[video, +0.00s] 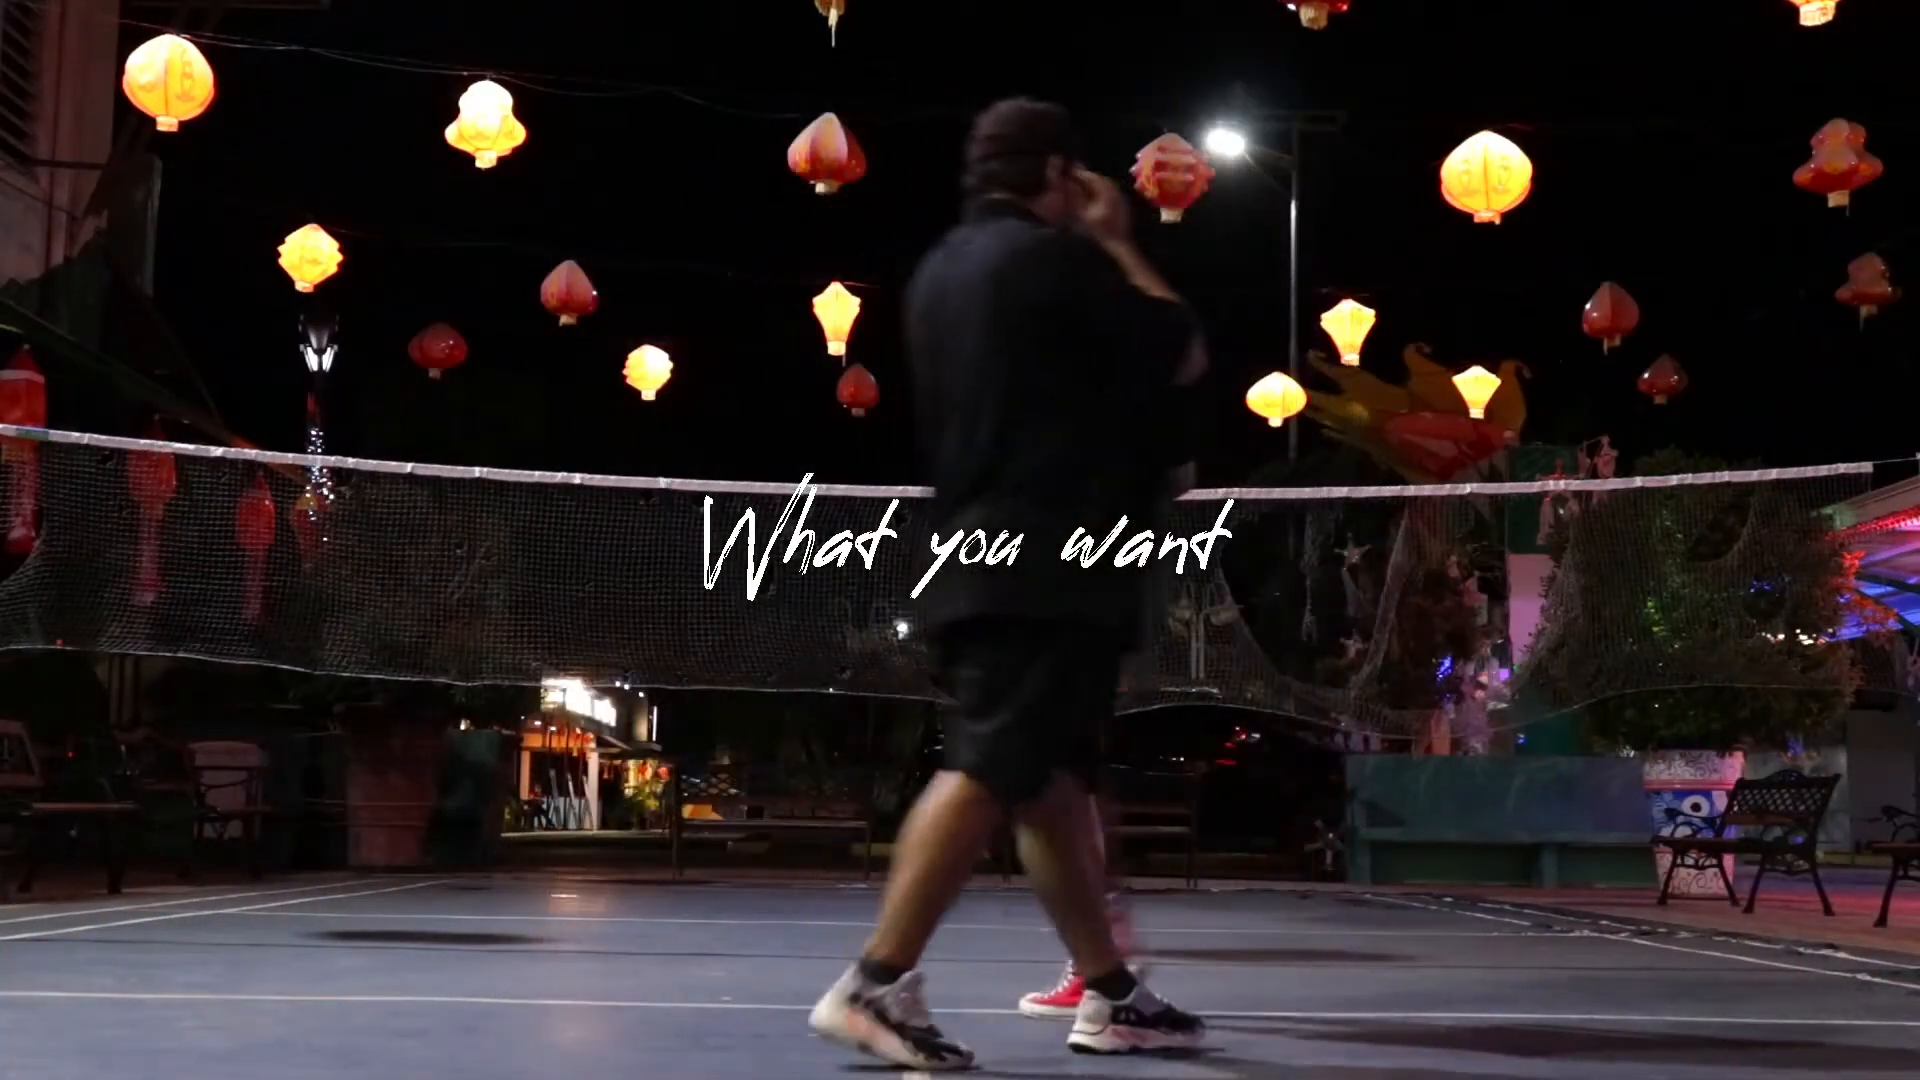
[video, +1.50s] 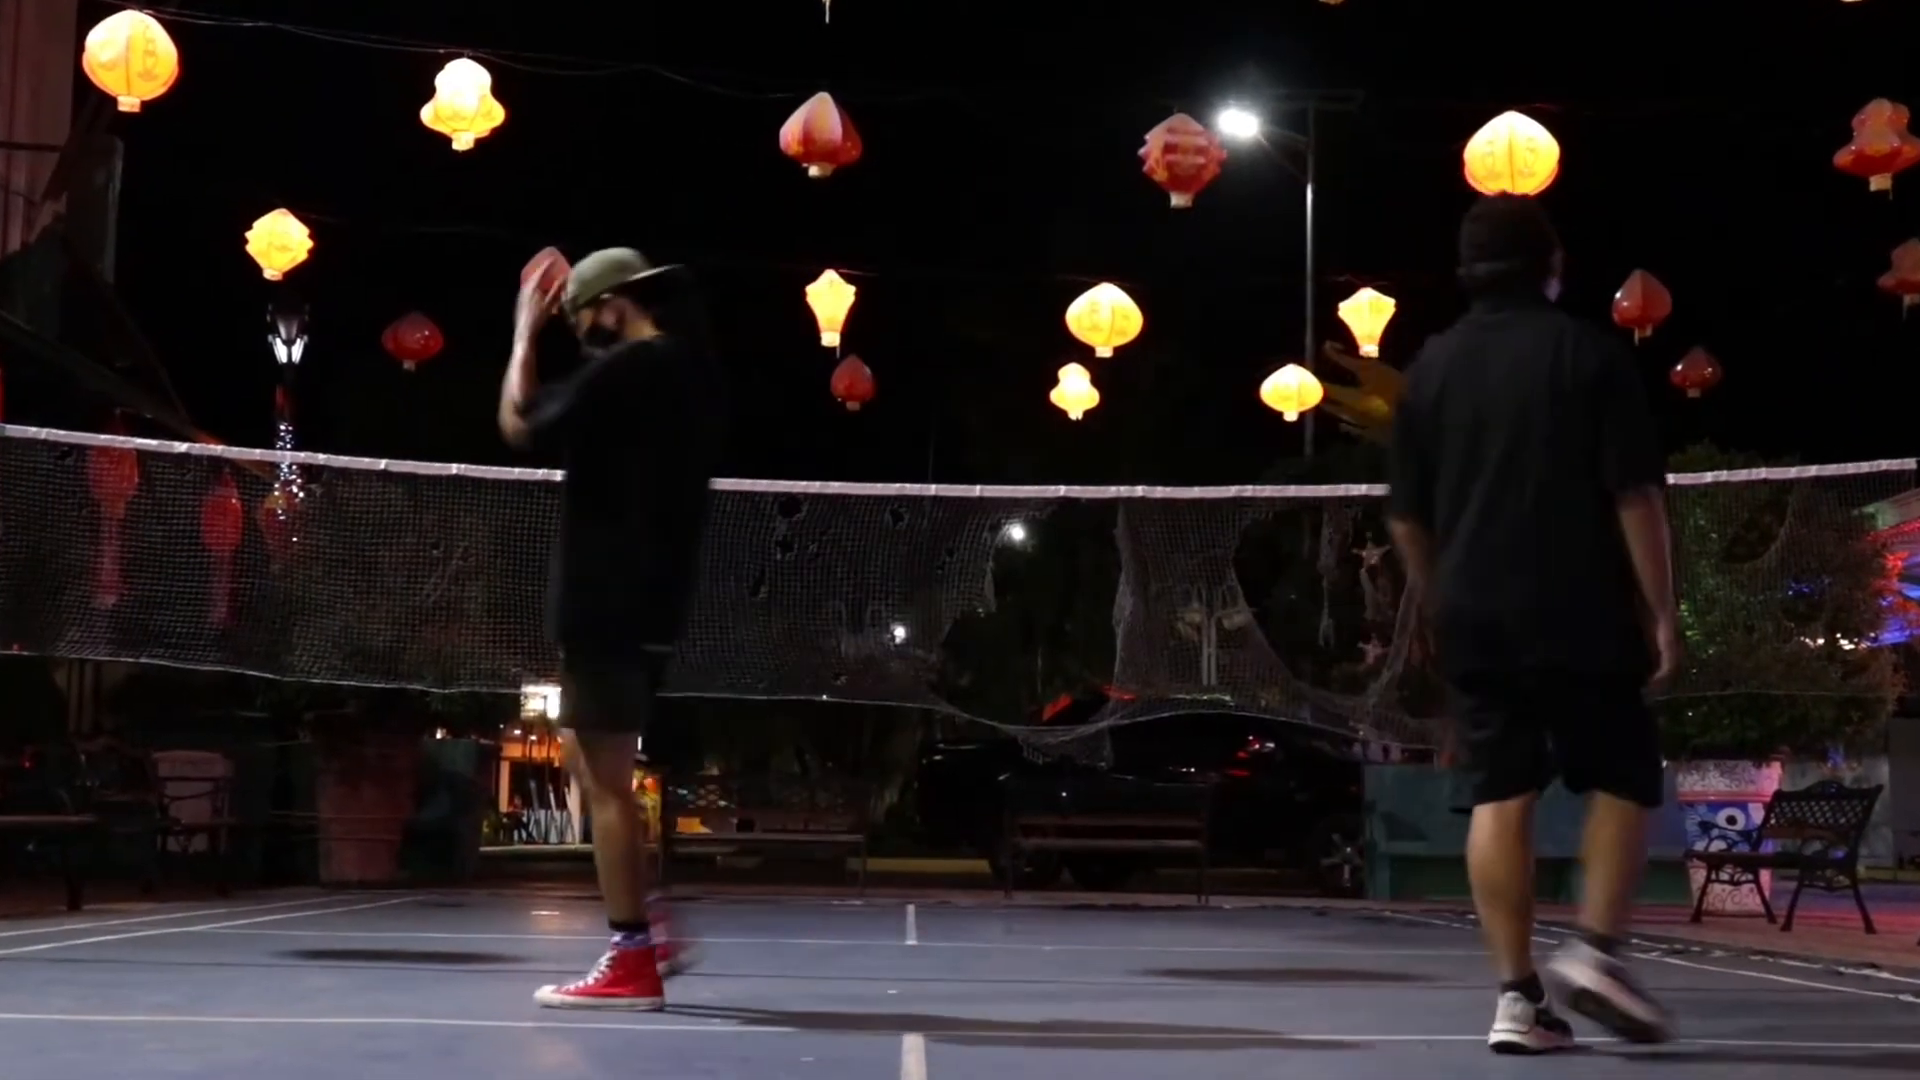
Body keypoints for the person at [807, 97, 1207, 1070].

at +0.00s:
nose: (1087, 194)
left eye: (1086, 181)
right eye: (1083, 180)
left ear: (978, 179)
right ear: (1056, 179)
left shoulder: (937, 275)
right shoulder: (1061, 264)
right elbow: (1183, 357)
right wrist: (1121, 244)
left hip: (970, 558)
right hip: (1060, 562)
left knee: (1045, 784)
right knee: (984, 767)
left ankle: (1111, 995)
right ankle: (876, 984)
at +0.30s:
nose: (1205, 194)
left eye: (1201, 178)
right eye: (1198, 178)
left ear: (1100, 188)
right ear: (1170, 188)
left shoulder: (1057, 284)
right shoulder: (1171, 273)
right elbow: (1282, 358)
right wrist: (1233, 249)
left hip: (1089, 565)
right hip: (1191, 564)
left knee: (1112, 764)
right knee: (1248, 748)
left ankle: (1106, 998)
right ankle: (1175, 953)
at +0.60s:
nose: (1318, 225)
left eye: (1313, 209)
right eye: (1309, 211)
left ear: (1219, 211)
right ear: (1282, 217)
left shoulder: (1168, 305)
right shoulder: (1290, 300)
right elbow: (1389, 395)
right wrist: (1350, 289)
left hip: (1189, 590)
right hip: (1294, 596)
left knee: (1175, 775)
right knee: (1324, 803)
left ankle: (1121, 992)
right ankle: (1375, 999)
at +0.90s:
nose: (1428, 231)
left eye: (1422, 217)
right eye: (1423, 217)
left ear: (1328, 224)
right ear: (1408, 225)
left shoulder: (1284, 321)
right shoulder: (1431, 306)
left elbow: (1320, 431)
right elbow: (1518, 406)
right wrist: (1473, 305)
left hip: (1324, 582)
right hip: (1427, 581)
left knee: (1357, 772)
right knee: (1403, 789)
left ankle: (1307, 937)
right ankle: (1383, 1004)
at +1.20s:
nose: (1499, 260)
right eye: (1495, 247)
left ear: (1403, 260)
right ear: (1487, 255)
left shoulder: (1365, 365)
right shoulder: (1526, 343)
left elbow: (1317, 496)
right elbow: (1625, 453)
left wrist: (1368, 574)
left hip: (1397, 608)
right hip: (1502, 606)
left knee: (1457, 805)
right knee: (1461, 795)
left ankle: (1513, 996)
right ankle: (1397, 988)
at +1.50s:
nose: (1563, 268)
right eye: (1557, 255)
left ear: (1468, 270)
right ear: (1552, 264)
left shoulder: (1433, 367)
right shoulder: (1592, 353)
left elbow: (1406, 512)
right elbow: (1635, 495)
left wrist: (1434, 601)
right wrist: (1662, 611)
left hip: (1475, 615)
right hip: (1579, 609)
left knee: (1499, 791)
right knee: (1624, 776)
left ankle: (1517, 997)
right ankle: (1594, 947)